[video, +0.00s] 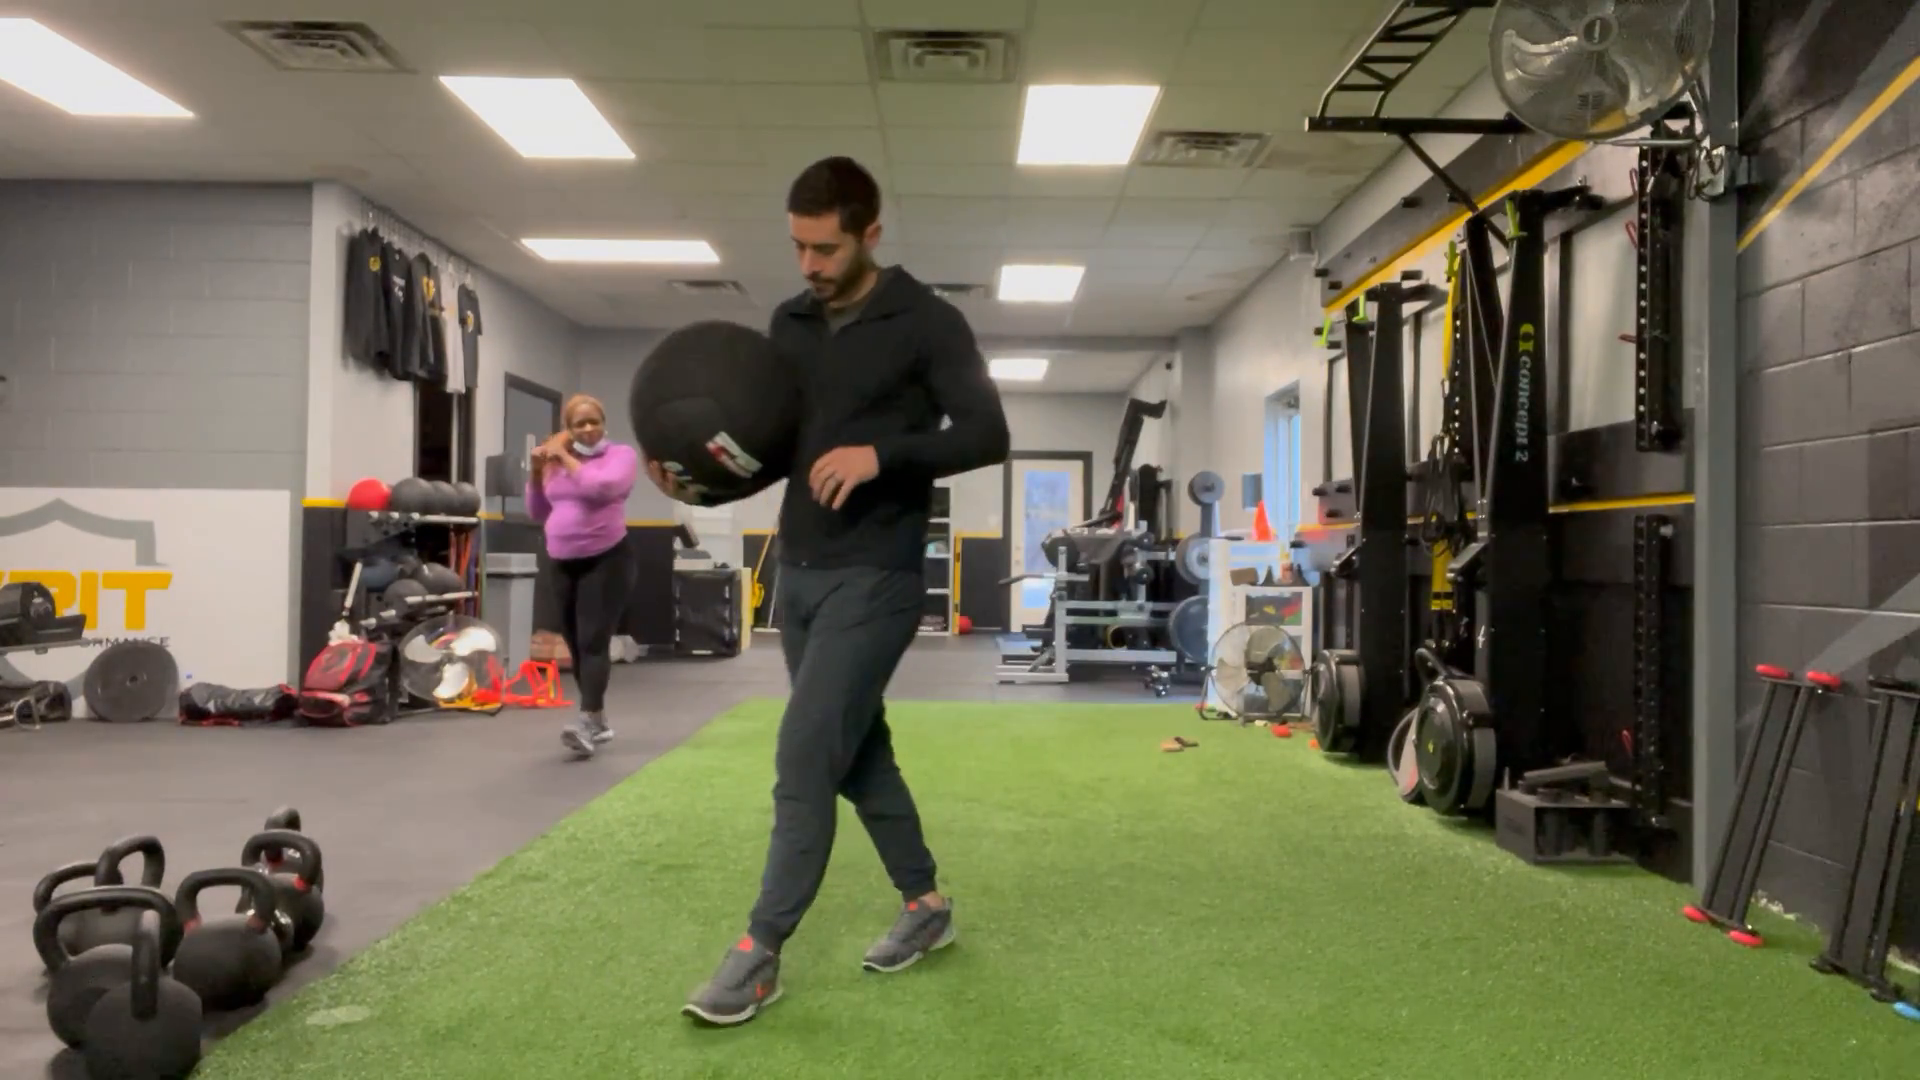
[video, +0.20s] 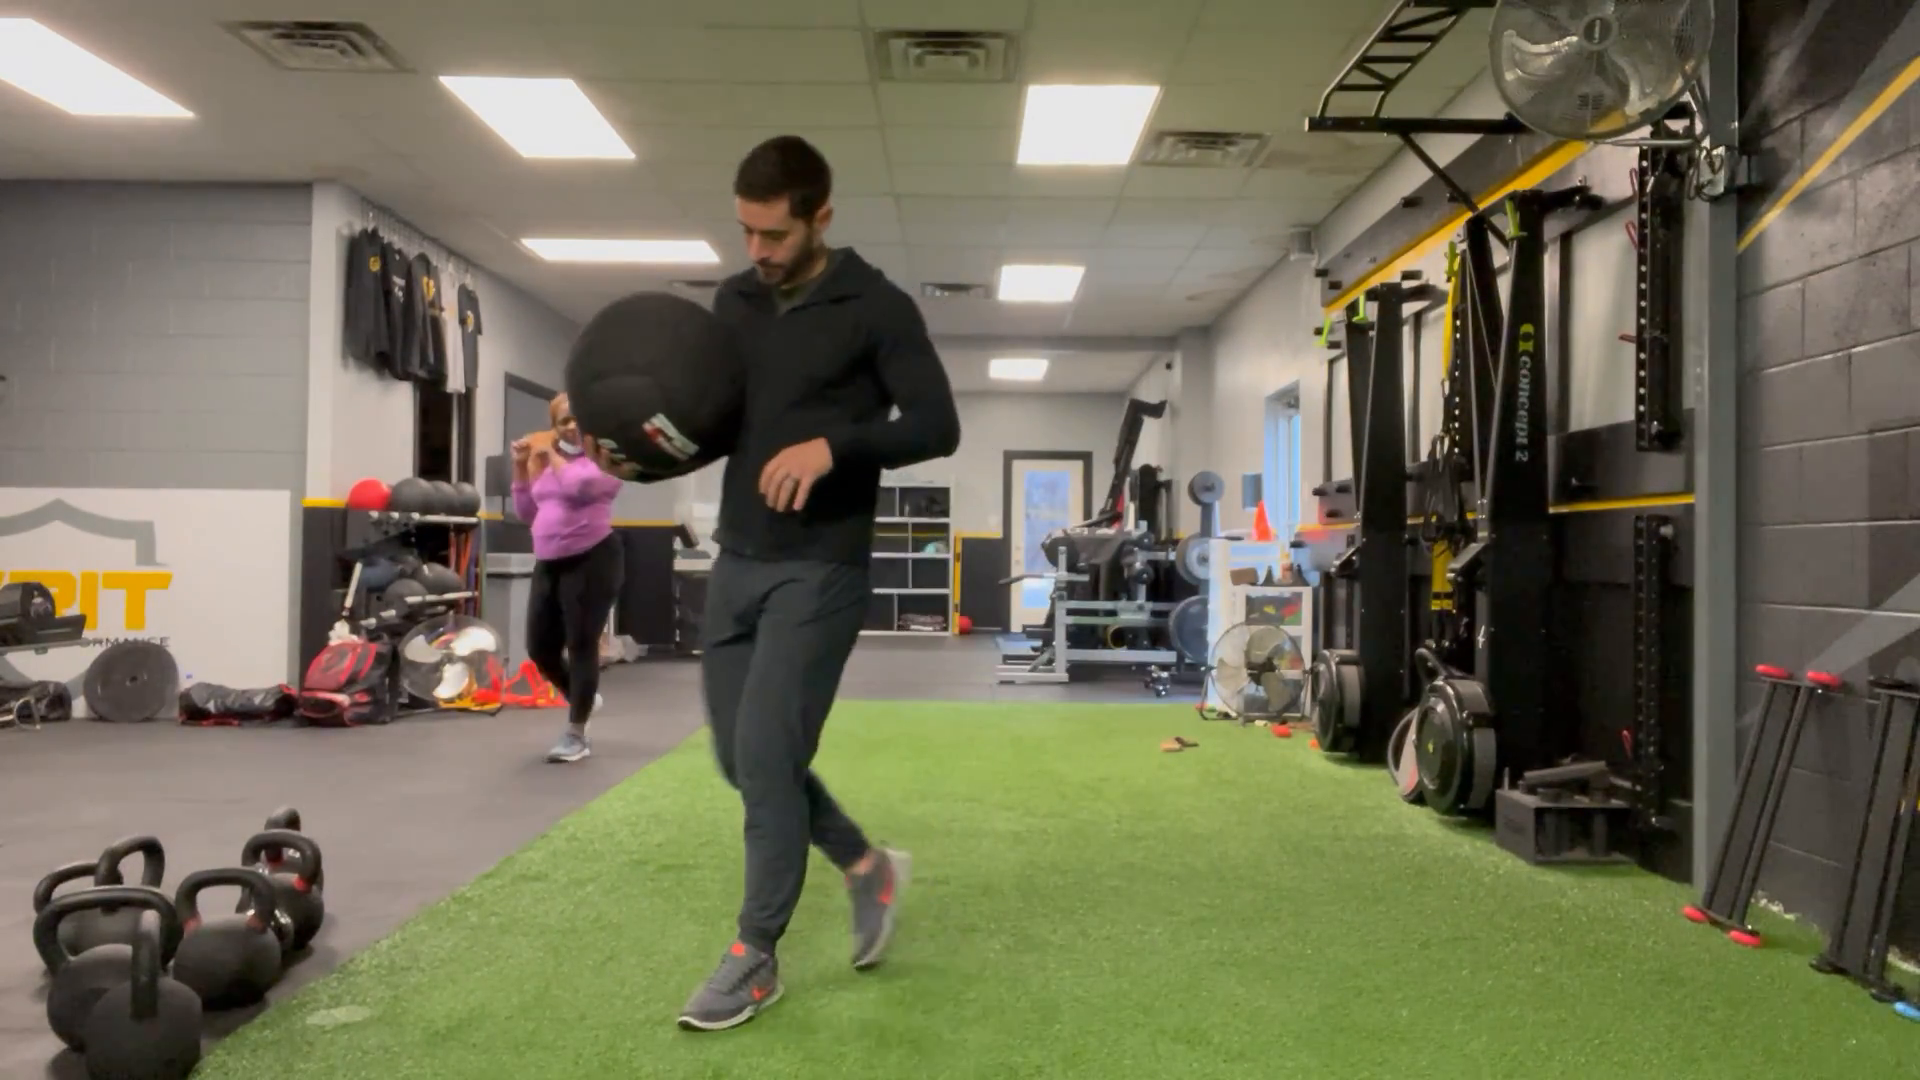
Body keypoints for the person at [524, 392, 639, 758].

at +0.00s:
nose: (588, 429)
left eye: (593, 422)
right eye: (580, 424)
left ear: (604, 424)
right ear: (568, 429)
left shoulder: (621, 455)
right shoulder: (555, 460)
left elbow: (600, 489)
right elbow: (538, 514)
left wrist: (565, 457)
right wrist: (537, 473)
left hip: (606, 557)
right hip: (564, 562)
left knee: (593, 638)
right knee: (576, 641)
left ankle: (588, 721)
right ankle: (597, 719)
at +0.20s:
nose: (574, 426)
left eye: (578, 418)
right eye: (565, 422)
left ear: (590, 420)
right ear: (555, 429)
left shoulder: (607, 455)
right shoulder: (544, 459)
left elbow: (580, 488)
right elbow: (527, 514)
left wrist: (551, 454)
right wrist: (520, 468)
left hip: (592, 555)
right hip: (549, 561)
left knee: (582, 644)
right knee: (540, 648)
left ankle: (576, 732)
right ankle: (584, 696)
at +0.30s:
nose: (553, 423)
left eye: (559, 416)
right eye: (549, 417)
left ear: (581, 422)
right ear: (548, 422)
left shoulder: (601, 457)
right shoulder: (539, 458)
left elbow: (570, 483)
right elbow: (521, 514)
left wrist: (544, 452)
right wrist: (515, 471)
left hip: (585, 555)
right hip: (541, 560)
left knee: (577, 644)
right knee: (518, 641)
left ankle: (576, 731)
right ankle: (556, 697)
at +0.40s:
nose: (536, 416)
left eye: (545, 410)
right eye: (533, 411)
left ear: (567, 412)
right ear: (531, 413)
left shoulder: (587, 448)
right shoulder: (528, 450)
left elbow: (557, 483)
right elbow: (515, 514)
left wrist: (529, 449)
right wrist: (507, 470)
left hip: (577, 554)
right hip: (531, 557)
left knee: (571, 647)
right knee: (505, 639)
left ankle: (574, 730)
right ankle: (525, 715)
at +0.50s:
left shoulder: (578, 446)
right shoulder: (519, 446)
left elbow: (546, 484)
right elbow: (511, 505)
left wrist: (517, 445)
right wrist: (500, 476)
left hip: (565, 557)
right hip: (517, 560)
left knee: (564, 650)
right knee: (498, 647)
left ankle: (578, 736)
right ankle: (484, 735)